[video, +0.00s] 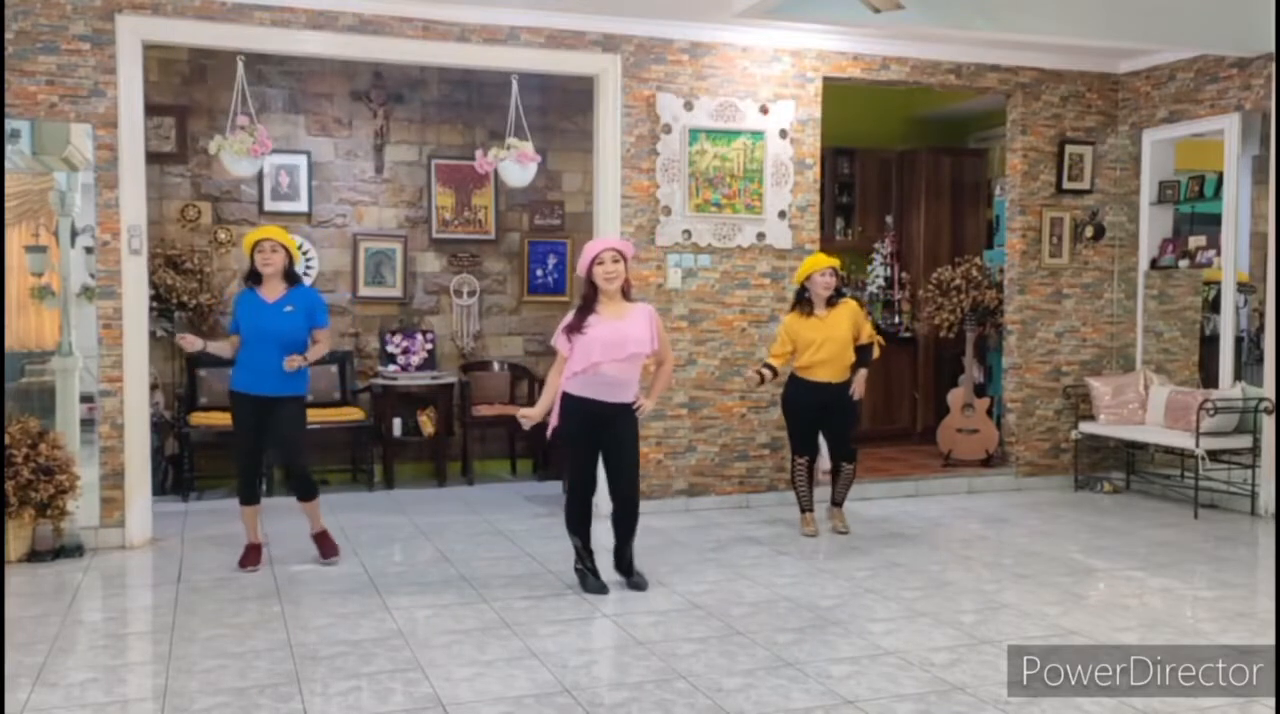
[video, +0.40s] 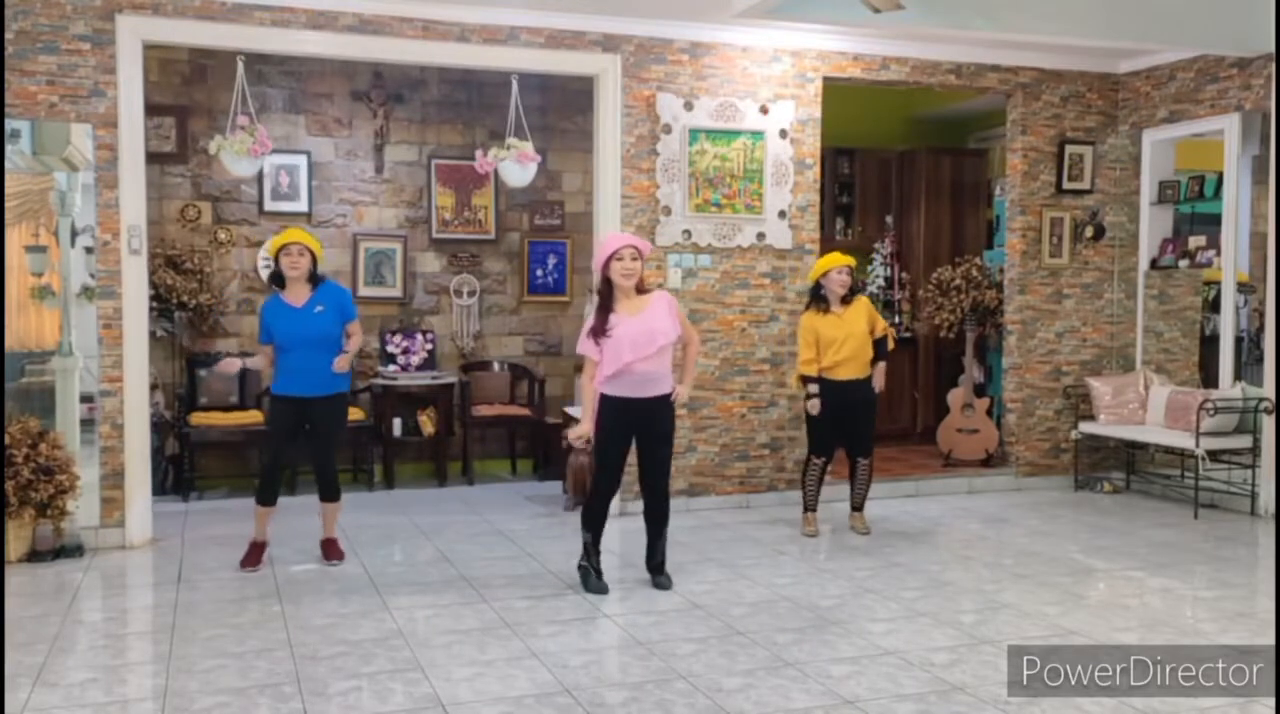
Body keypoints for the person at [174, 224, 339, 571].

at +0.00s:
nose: (267, 256)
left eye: (274, 250)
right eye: (261, 251)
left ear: (288, 258)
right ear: (253, 259)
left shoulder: (307, 297)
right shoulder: (245, 299)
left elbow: (324, 343)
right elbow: (234, 346)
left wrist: (305, 359)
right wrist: (202, 344)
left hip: (288, 396)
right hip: (246, 394)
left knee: (295, 465)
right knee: (247, 468)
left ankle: (318, 531)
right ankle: (253, 542)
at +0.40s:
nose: (295, 259)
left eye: (302, 253)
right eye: (288, 254)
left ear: (313, 261)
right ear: (278, 263)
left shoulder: (336, 295)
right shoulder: (271, 307)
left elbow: (355, 335)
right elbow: (267, 357)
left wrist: (348, 354)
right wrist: (242, 363)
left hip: (329, 396)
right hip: (285, 397)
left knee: (325, 465)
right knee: (273, 464)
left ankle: (330, 537)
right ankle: (259, 539)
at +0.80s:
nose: (307, 256)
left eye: (314, 251)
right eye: (300, 251)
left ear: (324, 258)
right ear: (289, 259)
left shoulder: (343, 290)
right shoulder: (278, 304)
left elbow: (359, 330)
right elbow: (269, 349)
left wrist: (369, 343)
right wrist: (278, 364)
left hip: (336, 393)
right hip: (293, 395)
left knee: (331, 464)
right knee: (293, 466)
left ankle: (330, 538)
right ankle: (300, 538)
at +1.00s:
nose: (309, 259)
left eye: (316, 253)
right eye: (302, 254)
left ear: (327, 260)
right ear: (292, 261)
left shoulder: (345, 295)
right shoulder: (279, 304)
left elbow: (354, 336)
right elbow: (265, 351)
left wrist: (378, 343)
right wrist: (288, 358)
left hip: (336, 396)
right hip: (293, 397)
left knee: (332, 466)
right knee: (293, 466)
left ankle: (330, 538)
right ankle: (293, 533)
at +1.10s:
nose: (308, 257)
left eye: (315, 252)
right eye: (301, 252)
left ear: (326, 259)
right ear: (291, 259)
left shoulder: (342, 297)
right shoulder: (279, 301)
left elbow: (350, 341)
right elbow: (262, 347)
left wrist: (377, 339)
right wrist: (287, 354)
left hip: (333, 395)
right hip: (291, 396)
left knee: (331, 465)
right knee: (291, 463)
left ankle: (330, 537)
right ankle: (281, 528)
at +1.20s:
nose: (304, 256)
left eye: (311, 251)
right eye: (298, 251)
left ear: (322, 258)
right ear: (287, 258)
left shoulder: (336, 296)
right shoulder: (276, 298)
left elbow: (345, 342)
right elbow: (253, 343)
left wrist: (372, 339)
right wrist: (283, 352)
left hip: (328, 395)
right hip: (288, 395)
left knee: (328, 465)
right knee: (289, 462)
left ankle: (329, 537)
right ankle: (265, 531)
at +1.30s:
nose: (300, 257)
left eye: (307, 252)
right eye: (293, 252)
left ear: (318, 259)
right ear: (283, 259)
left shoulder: (330, 298)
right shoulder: (271, 298)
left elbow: (335, 346)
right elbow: (245, 341)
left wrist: (366, 342)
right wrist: (275, 355)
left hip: (321, 396)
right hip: (280, 397)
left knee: (323, 468)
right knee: (279, 468)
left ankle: (329, 537)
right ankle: (258, 539)